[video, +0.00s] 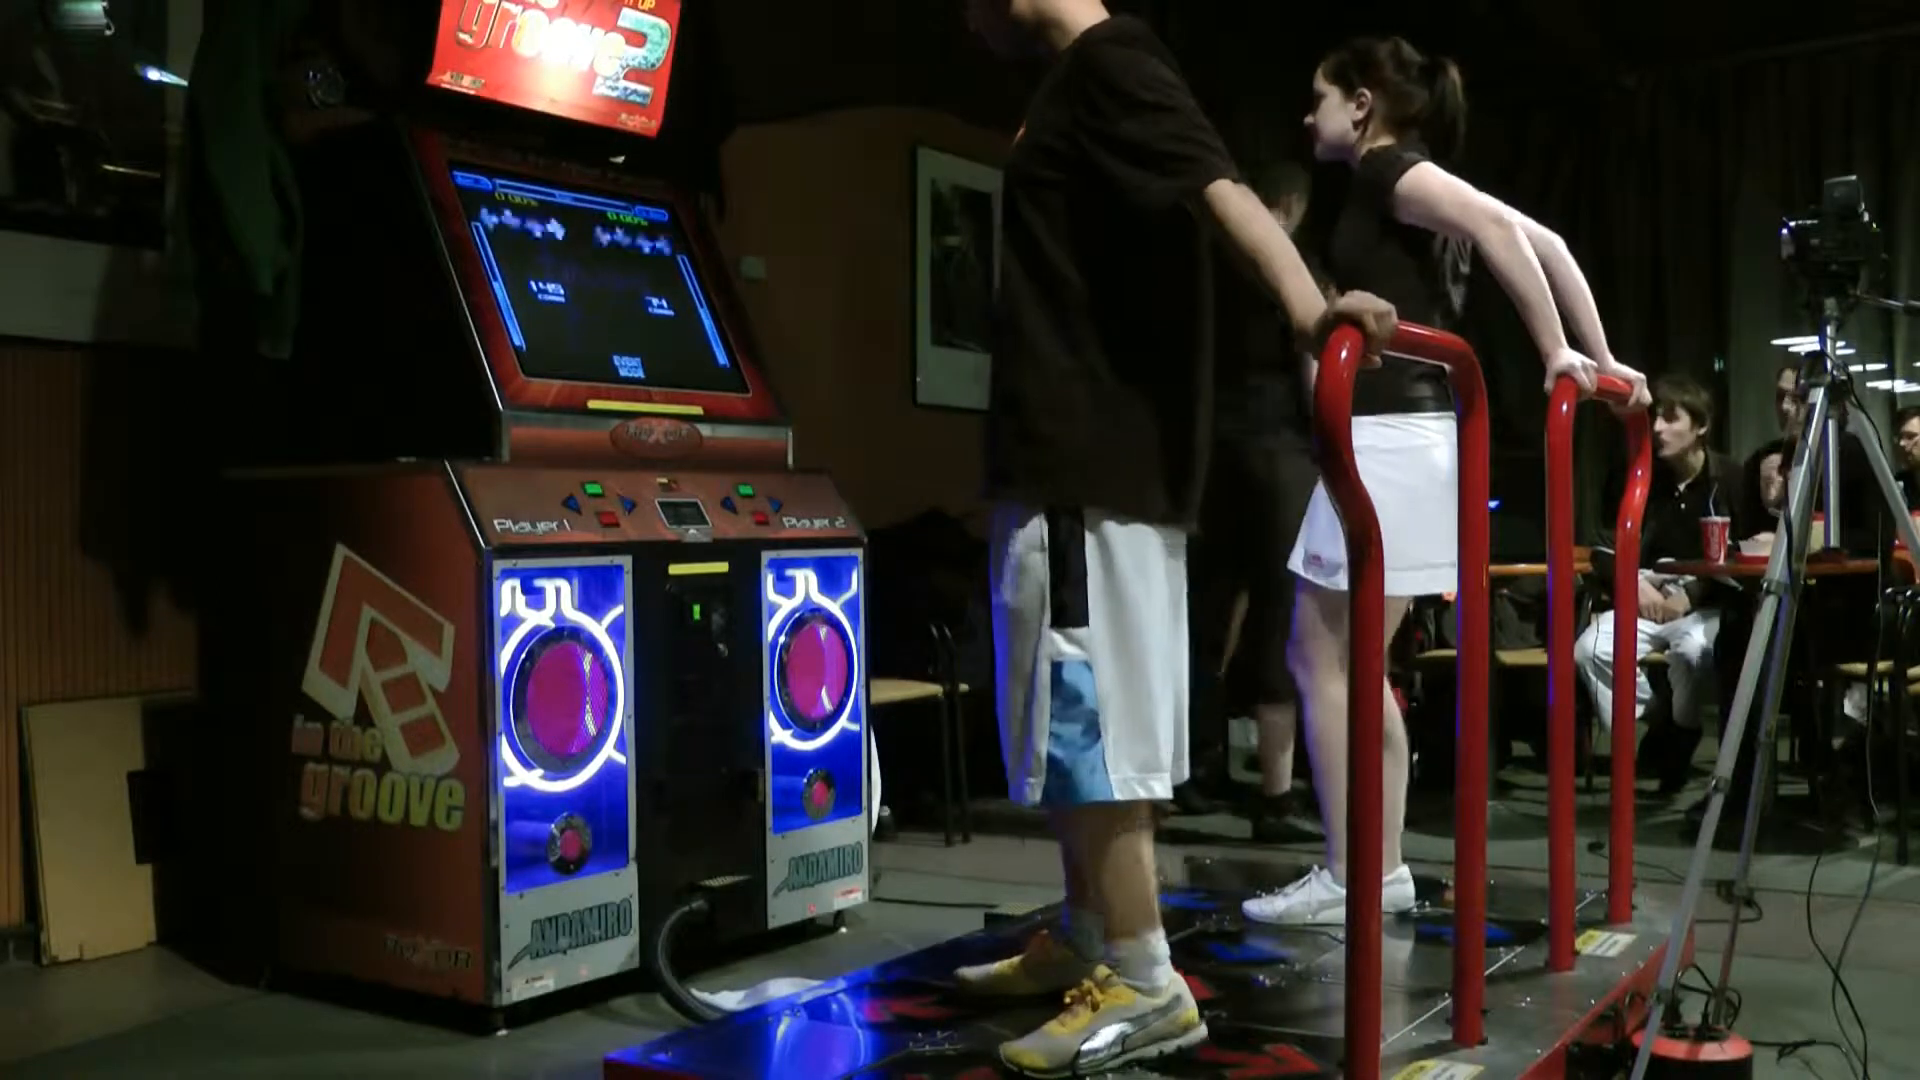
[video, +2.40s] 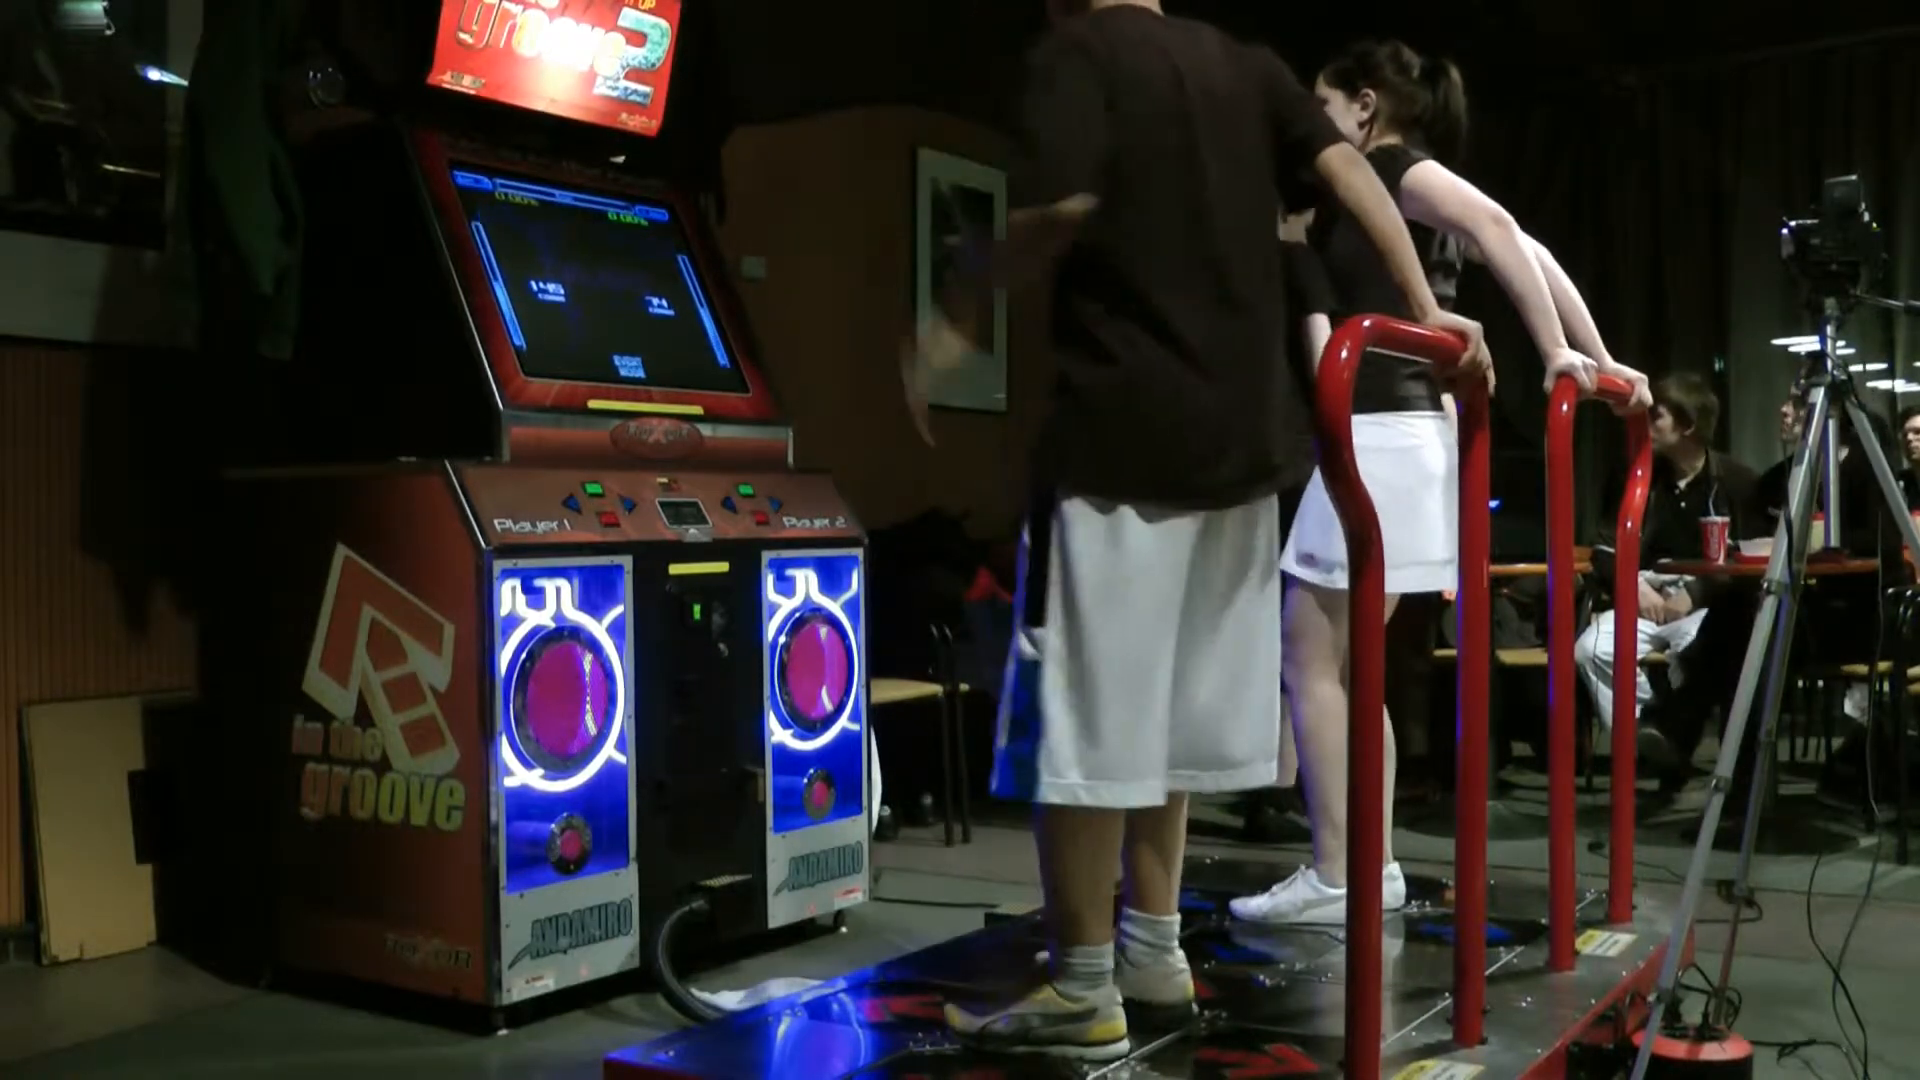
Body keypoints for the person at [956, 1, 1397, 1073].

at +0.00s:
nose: (988, 17)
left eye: (993, 4)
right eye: (990, 9)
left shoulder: (1113, 66)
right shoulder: (1071, 86)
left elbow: (1219, 186)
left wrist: (1314, 309)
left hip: (1101, 468)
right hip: (1062, 467)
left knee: (1095, 723)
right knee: (1062, 719)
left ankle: (1145, 982)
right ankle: (1094, 934)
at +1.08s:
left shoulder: (1078, 23)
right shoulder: (1215, 40)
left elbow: (1233, 122)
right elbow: (1348, 179)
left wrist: (1344, 279)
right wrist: (1435, 314)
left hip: (1121, 419)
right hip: (1225, 423)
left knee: (1095, 707)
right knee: (1176, 695)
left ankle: (1092, 997)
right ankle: (1168, 951)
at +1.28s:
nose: (1062, 24)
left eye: (1063, 17)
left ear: (1091, 5)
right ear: (1166, 3)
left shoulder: (1089, 47)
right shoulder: (1247, 65)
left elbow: (1227, 126)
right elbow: (1360, 191)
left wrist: (1296, 311)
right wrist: (1435, 318)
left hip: (1127, 427)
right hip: (1241, 441)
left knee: (1098, 708)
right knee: (1171, 706)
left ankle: (1093, 992)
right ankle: (1155, 960)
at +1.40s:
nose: (1058, 21)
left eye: (1062, 16)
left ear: (1088, 3)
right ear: (1168, 1)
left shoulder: (1103, 52)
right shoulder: (1247, 69)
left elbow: (1190, 177)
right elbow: (1358, 189)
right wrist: (1433, 316)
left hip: (1138, 446)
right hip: (1241, 441)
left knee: (1102, 713)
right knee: (1175, 709)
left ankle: (1095, 991)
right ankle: (1153, 955)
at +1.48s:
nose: (1068, 19)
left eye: (1072, 12)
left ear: (1103, 2)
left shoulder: (1106, 61)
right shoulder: (1258, 72)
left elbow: (1128, 220)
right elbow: (1361, 188)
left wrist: (987, 247)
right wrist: (1433, 314)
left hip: (1128, 434)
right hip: (1239, 437)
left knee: (1105, 708)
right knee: (1175, 700)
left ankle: (1093, 988)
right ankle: (1153, 954)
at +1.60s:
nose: (1057, 14)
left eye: (1063, 9)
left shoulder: (1093, 67)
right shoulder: (1258, 73)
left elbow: (989, 190)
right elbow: (1370, 192)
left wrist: (980, 101)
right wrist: (1434, 317)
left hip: (1120, 430)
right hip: (1235, 434)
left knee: (1096, 705)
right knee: (1178, 704)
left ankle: (1089, 984)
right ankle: (1152, 960)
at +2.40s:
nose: (1047, 27)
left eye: (1049, 22)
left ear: (1070, 5)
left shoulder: (1073, 56)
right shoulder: (1247, 62)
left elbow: (1064, 206)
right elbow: (1359, 183)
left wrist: (983, 276)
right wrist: (1425, 309)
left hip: (1121, 433)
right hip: (1244, 429)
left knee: (1094, 709)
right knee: (1173, 695)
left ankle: (1085, 988)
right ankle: (1155, 950)